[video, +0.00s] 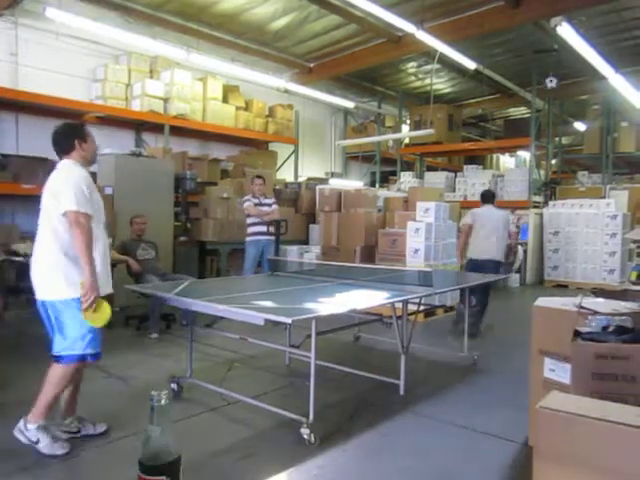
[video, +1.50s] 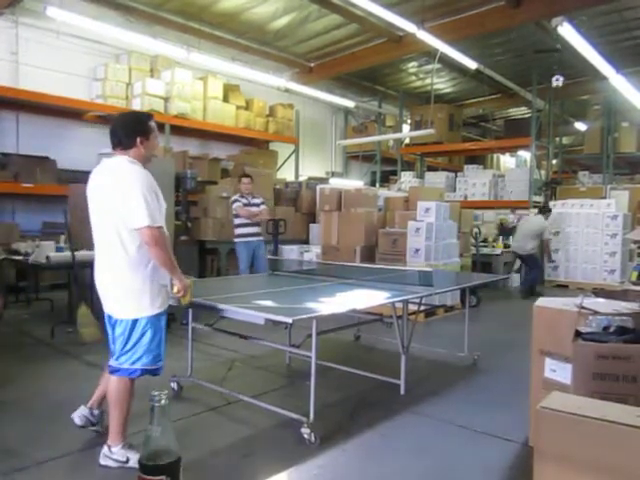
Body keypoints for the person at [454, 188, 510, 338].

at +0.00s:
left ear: (480, 201)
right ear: (494, 201)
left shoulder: (473, 213)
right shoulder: (504, 215)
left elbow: (464, 233)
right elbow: (512, 239)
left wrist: (460, 255)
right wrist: (508, 258)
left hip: (474, 259)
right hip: (495, 260)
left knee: (467, 292)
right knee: (484, 293)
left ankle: (461, 321)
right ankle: (475, 326)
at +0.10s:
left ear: (484, 199)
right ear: (498, 198)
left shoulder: (477, 210)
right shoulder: (507, 212)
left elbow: (466, 224)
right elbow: (514, 231)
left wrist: (463, 247)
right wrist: (514, 244)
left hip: (478, 250)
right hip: (496, 251)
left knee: (474, 284)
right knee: (487, 286)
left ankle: (471, 311)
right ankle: (476, 317)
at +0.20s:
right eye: (501, 197)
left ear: (488, 198)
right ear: (501, 198)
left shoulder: (481, 210)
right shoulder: (510, 211)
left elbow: (468, 225)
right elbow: (517, 228)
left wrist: (466, 247)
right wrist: (517, 243)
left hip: (481, 252)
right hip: (502, 253)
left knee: (478, 282)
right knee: (492, 284)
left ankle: (480, 305)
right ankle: (482, 309)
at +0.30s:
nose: (509, 198)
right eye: (509, 196)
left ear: (496, 195)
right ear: (508, 196)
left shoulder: (486, 208)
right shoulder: (514, 209)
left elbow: (475, 224)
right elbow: (519, 226)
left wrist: (474, 242)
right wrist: (519, 243)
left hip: (485, 249)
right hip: (504, 250)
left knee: (482, 280)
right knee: (500, 281)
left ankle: (480, 308)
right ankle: (496, 303)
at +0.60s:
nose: (525, 205)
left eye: (525, 203)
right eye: (525, 203)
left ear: (512, 203)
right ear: (522, 203)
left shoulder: (503, 214)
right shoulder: (526, 214)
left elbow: (495, 232)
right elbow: (530, 233)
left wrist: (493, 248)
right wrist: (533, 252)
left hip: (501, 251)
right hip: (518, 251)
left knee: (499, 277)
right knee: (520, 278)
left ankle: (493, 296)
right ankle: (517, 301)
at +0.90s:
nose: (529, 225)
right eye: (529, 224)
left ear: (519, 222)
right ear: (528, 224)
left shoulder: (510, 229)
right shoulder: (529, 232)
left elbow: (499, 238)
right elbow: (536, 247)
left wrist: (500, 251)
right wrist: (539, 258)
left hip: (507, 256)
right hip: (522, 257)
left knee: (509, 275)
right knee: (526, 274)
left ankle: (510, 294)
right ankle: (523, 294)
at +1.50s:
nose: (548, 216)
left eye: (548, 214)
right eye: (548, 215)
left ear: (538, 211)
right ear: (547, 214)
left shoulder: (527, 218)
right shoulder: (544, 224)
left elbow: (517, 228)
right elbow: (546, 242)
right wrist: (549, 257)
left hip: (515, 247)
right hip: (528, 250)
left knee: (529, 267)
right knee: (537, 268)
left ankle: (525, 287)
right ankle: (530, 288)